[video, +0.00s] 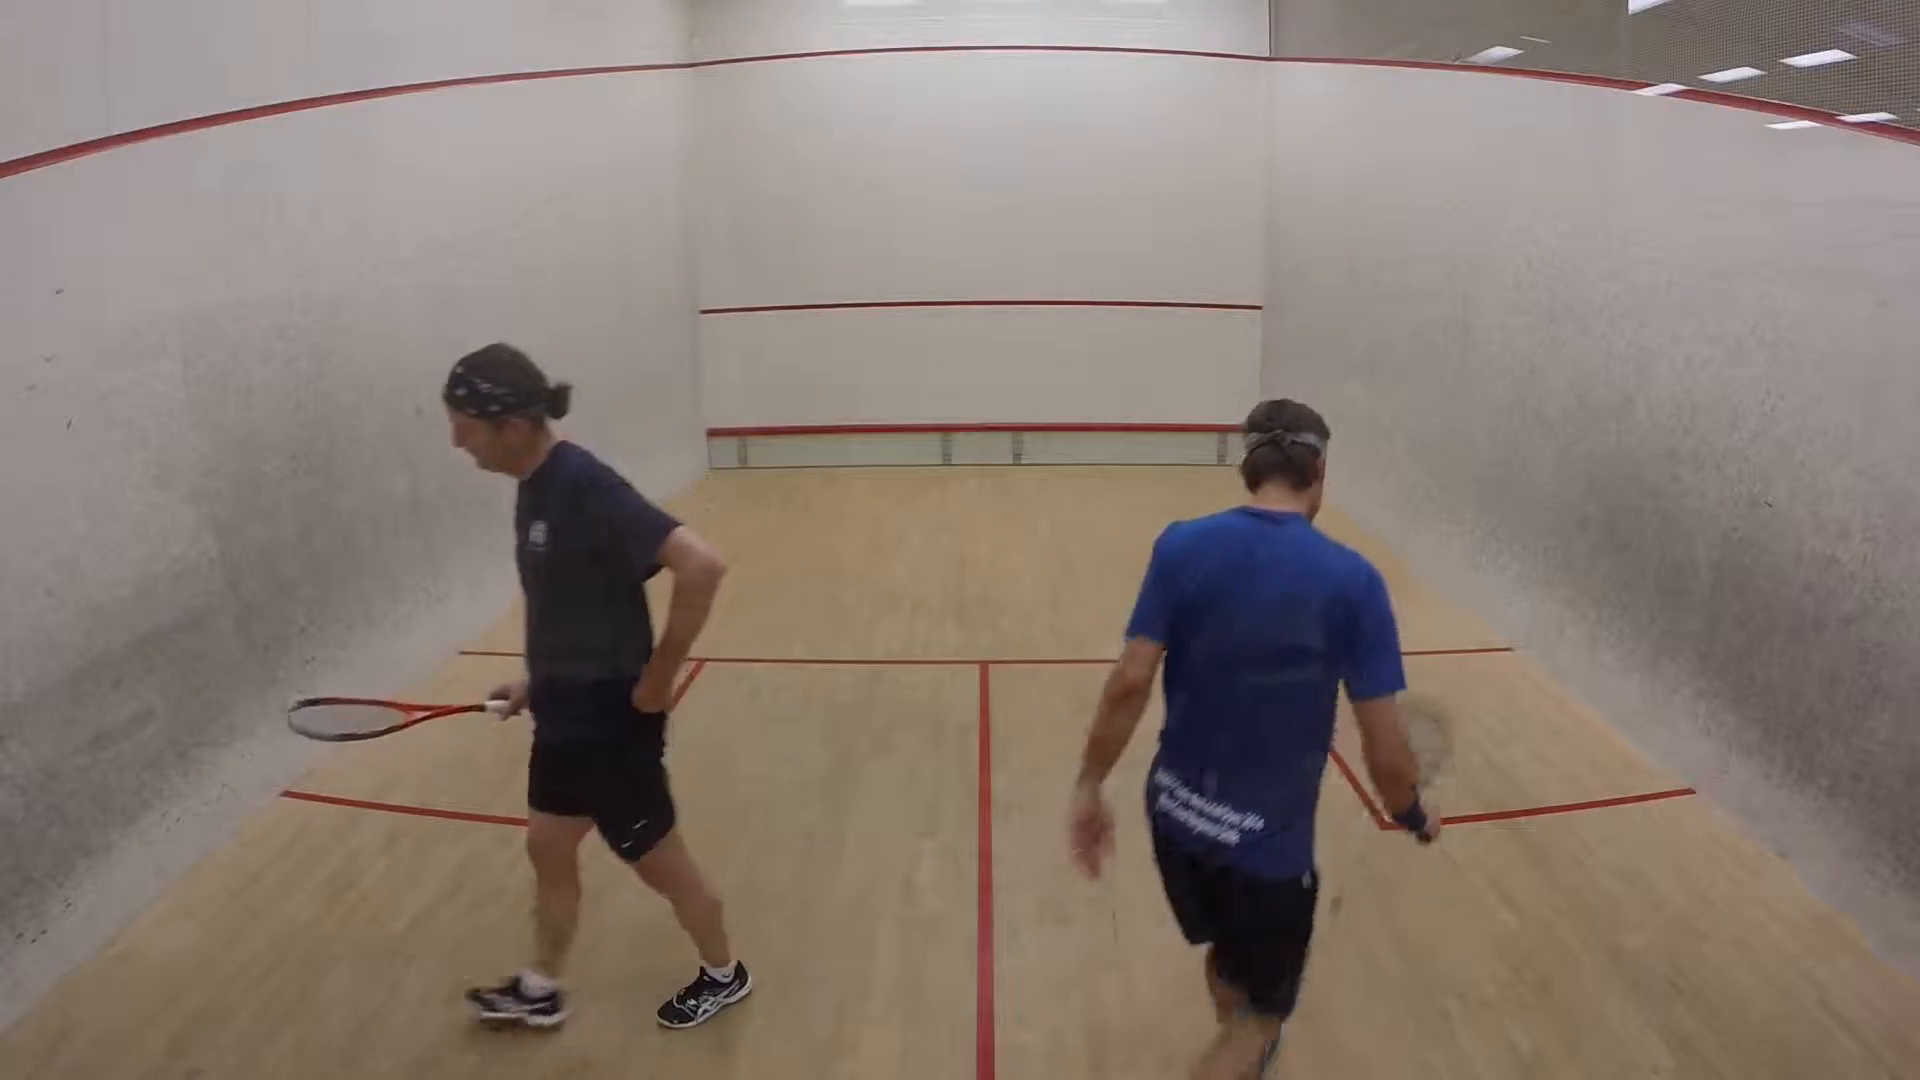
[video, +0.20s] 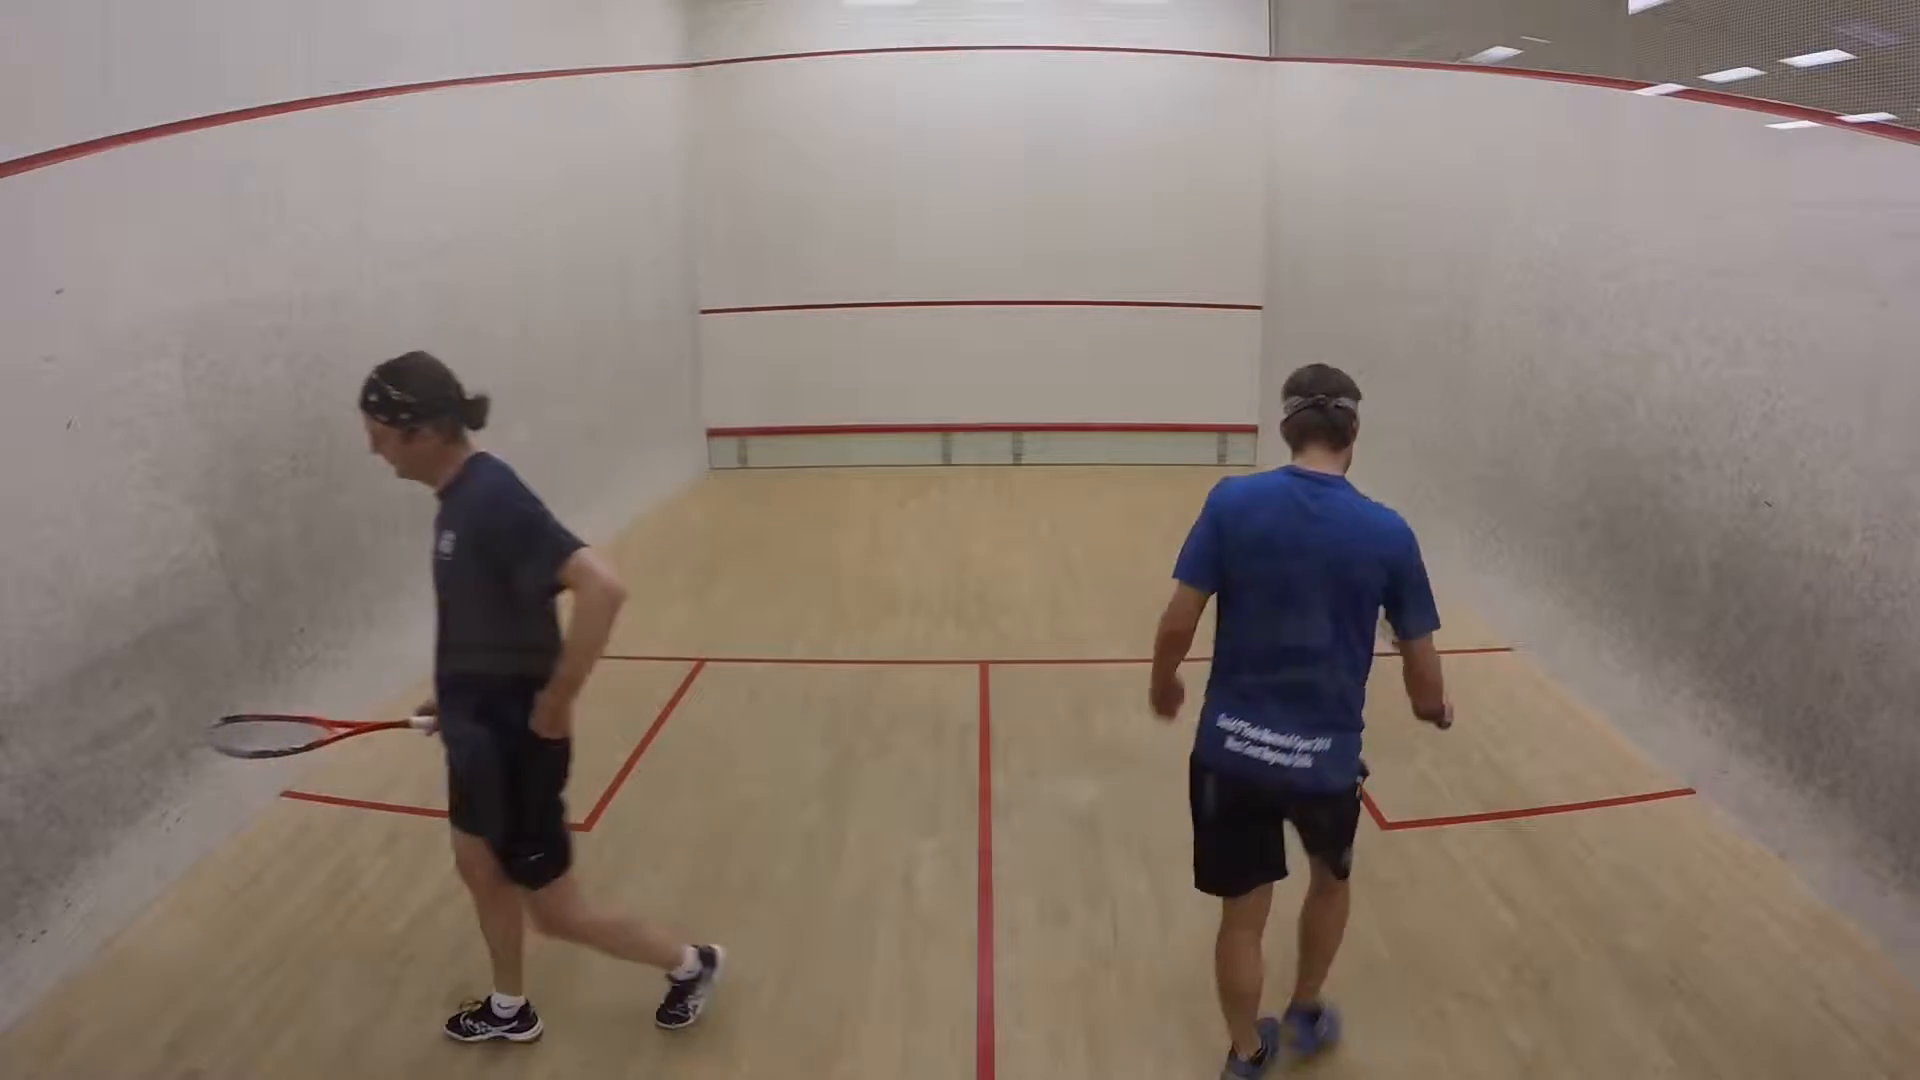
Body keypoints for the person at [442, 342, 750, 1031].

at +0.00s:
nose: (457, 441)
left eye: (464, 427)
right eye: (455, 426)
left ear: (512, 424)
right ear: (512, 425)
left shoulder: (586, 482)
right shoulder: (536, 488)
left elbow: (699, 567)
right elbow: (563, 600)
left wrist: (662, 673)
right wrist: (532, 680)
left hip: (613, 711)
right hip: (562, 709)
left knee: (658, 857)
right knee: (549, 848)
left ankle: (724, 972)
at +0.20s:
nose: (376, 452)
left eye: (379, 437)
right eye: (373, 438)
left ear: (420, 431)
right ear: (428, 429)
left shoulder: (494, 494)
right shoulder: (457, 497)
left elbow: (602, 591)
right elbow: (490, 611)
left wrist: (560, 697)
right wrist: (450, 692)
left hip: (516, 724)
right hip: (473, 719)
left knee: (555, 910)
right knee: (479, 867)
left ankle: (690, 963)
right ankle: (510, 1008)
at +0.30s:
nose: (343, 445)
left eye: (344, 430)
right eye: (340, 432)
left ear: (375, 427)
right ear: (403, 416)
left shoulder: (450, 495)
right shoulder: (428, 490)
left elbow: (552, 594)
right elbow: (462, 607)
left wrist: (512, 698)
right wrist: (418, 691)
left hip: (468, 730)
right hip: (448, 721)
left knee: (471, 927)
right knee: (482, 881)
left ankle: (627, 968)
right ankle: (509, 1008)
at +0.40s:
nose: (309, 434)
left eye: (308, 421)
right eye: (309, 421)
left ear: (328, 428)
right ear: (379, 409)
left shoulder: (414, 495)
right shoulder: (400, 487)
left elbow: (503, 604)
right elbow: (437, 606)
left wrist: (465, 710)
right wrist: (391, 692)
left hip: (427, 742)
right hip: (444, 726)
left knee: (400, 929)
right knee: (471, 869)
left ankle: (547, 1008)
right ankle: (510, 1004)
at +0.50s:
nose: (289, 432)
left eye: (288, 421)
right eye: (289, 419)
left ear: (301, 432)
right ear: (363, 410)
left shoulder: (374, 503)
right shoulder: (401, 481)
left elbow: (442, 617)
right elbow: (425, 608)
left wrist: (407, 716)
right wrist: (363, 699)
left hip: (395, 750)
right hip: (449, 731)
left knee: (360, 931)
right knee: (466, 868)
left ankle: (457, 1063)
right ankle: (512, 1006)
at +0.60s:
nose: (270, 434)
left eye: (268, 423)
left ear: (276, 434)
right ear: (343, 410)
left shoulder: (314, 516)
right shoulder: (404, 495)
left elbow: (350, 642)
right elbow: (451, 613)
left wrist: (327, 737)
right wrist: (400, 675)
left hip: (364, 756)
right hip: (437, 732)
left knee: (350, 947)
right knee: (461, 870)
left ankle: (368, 1067)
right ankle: (511, 1006)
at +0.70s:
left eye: (255, 429)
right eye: (326, 409)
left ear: (258, 441)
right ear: (330, 419)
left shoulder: (260, 534)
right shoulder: (394, 508)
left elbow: (253, 682)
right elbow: (452, 627)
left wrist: (253, 783)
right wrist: (399, 678)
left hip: (326, 776)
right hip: (414, 749)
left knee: (340, 958)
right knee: (452, 878)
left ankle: (363, 1071)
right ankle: (512, 1006)